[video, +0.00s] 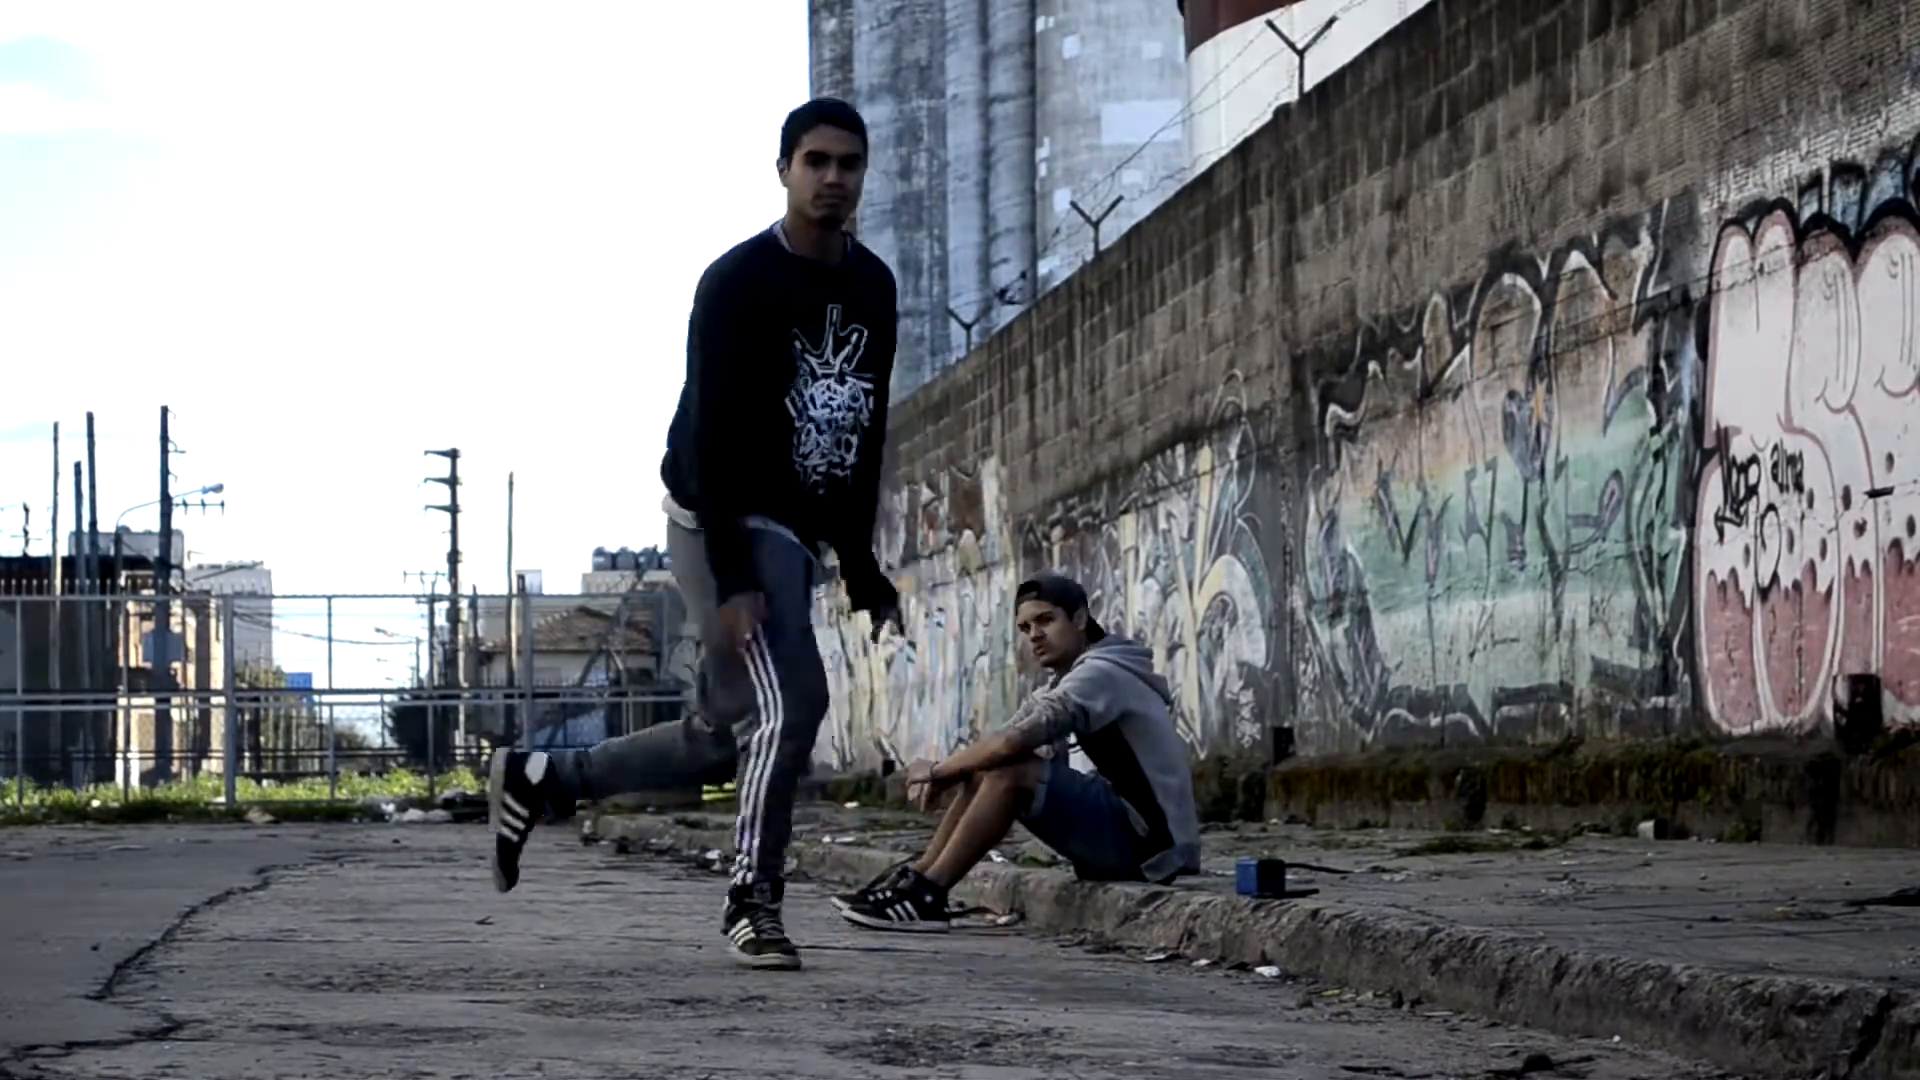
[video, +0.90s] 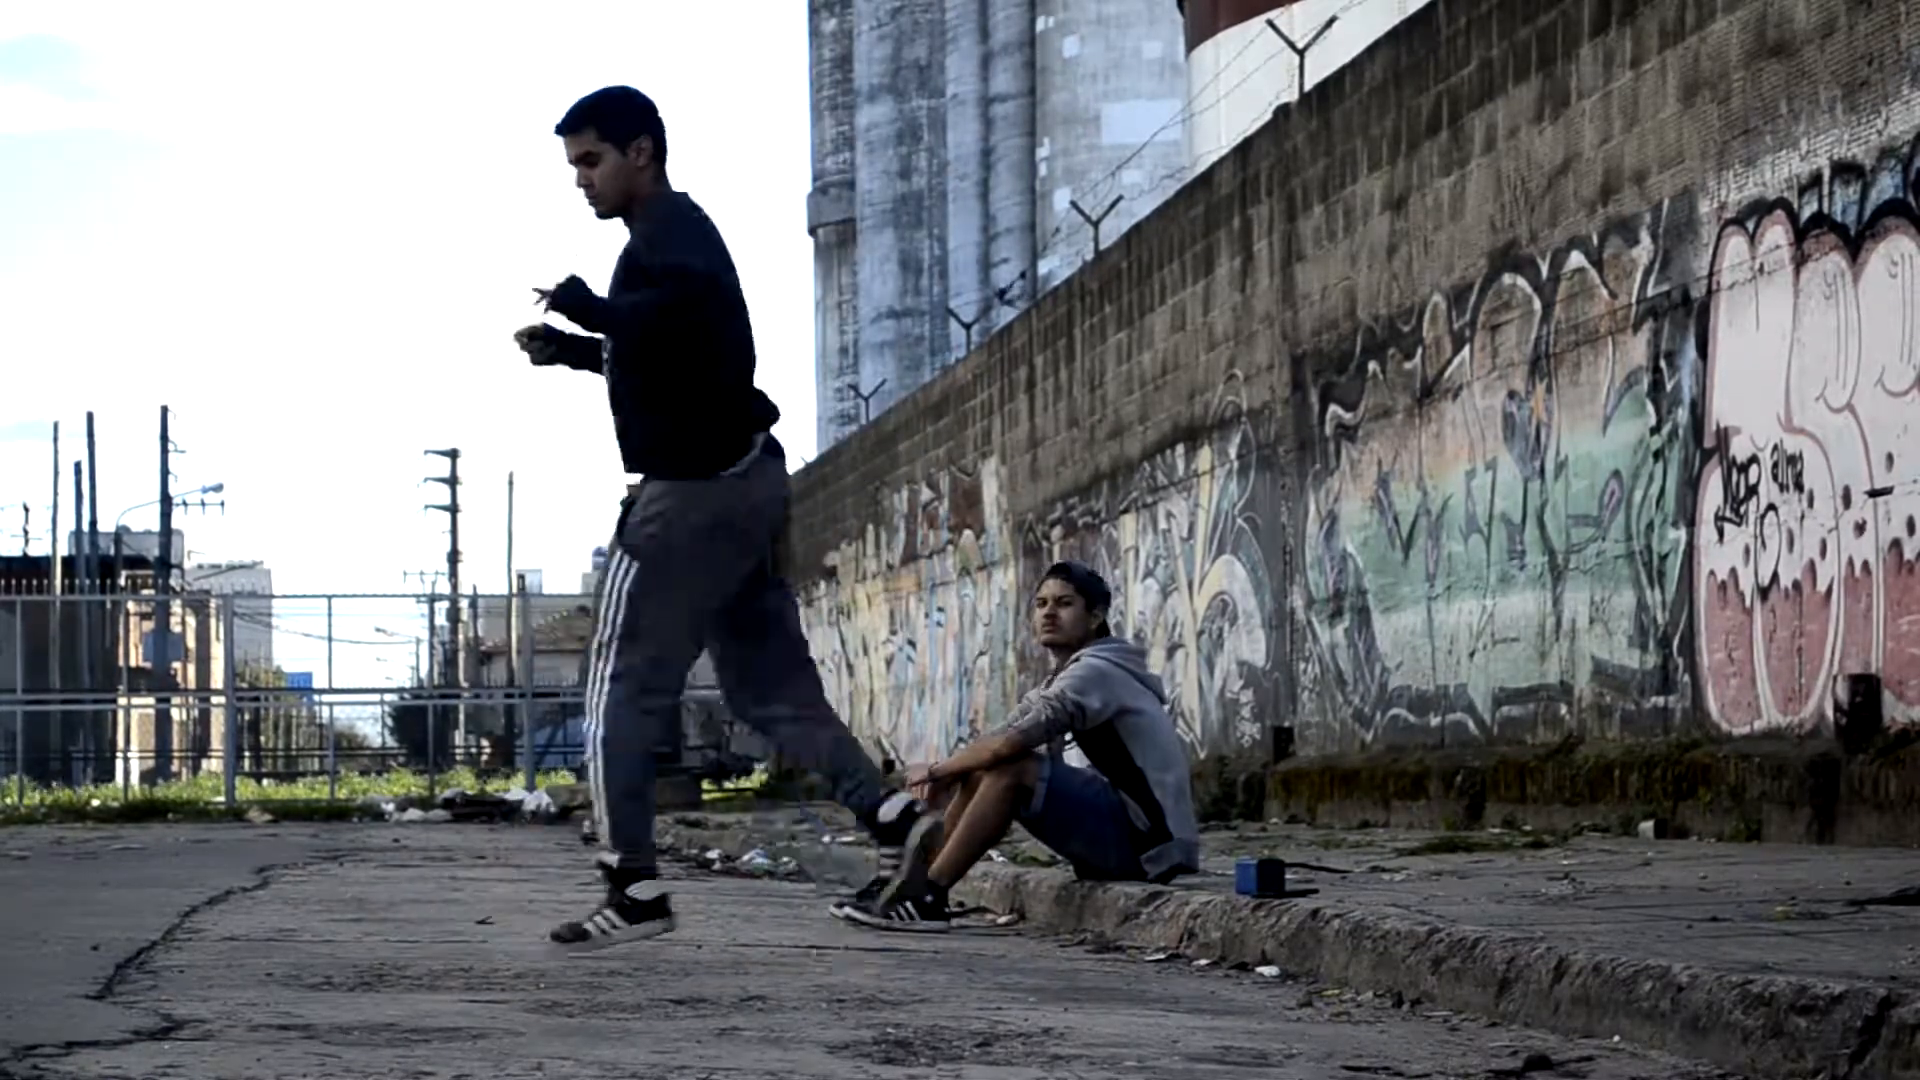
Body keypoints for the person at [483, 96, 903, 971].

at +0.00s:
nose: (836, 179)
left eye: (851, 164)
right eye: (818, 161)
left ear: (865, 176)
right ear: (785, 171)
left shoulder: (872, 286)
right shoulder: (738, 281)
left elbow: (863, 434)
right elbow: (710, 435)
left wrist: (858, 559)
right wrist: (730, 582)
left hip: (793, 526)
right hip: (727, 516)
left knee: (719, 739)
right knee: (794, 703)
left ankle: (539, 779)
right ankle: (754, 902)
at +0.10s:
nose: (805, 241)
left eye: (820, 226)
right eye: (788, 224)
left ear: (836, 237)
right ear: (757, 234)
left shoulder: (858, 331)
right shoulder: (723, 345)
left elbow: (904, 419)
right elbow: (723, 494)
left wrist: (932, 476)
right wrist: (839, 519)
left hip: (760, 577)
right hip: (705, 574)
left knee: (660, 775)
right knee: (817, 718)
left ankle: (461, 854)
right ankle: (791, 910)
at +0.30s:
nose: (839, 319)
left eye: (840, 305)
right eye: (824, 305)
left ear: (785, 318)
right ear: (767, 317)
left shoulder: (806, 408)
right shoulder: (724, 401)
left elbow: (796, 539)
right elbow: (762, 489)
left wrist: (834, 637)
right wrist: (851, 503)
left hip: (663, 623)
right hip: (663, 617)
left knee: (600, 825)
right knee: (813, 723)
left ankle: (397, 873)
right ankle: (790, 915)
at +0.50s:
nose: (695, 220)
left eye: (699, 207)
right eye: (700, 206)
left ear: (716, 213)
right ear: (780, 229)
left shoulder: (632, 290)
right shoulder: (808, 334)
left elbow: (529, 387)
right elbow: (790, 457)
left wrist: (568, 484)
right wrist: (716, 504)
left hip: (597, 550)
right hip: (711, 566)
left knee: (544, 713)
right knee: (811, 713)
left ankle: (452, 852)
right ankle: (787, 906)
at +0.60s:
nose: (632, 212)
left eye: (641, 195)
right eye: (633, 196)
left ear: (686, 197)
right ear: (714, 203)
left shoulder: (632, 264)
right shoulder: (784, 312)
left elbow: (540, 304)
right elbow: (804, 449)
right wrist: (723, 459)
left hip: (606, 537)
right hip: (720, 553)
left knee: (495, 673)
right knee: (760, 727)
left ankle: (477, 852)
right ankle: (801, 893)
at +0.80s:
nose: (573, 223)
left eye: (585, 205)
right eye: (571, 207)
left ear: (637, 204)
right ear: (638, 212)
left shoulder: (657, 291)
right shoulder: (692, 292)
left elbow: (605, 326)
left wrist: (546, 297)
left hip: (658, 548)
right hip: (729, 547)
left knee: (531, 714)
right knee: (747, 739)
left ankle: (502, 907)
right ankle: (868, 887)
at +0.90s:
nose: (579, 182)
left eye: (588, 163)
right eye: (573, 167)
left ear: (641, 152)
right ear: (631, 162)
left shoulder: (666, 234)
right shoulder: (679, 233)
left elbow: (673, 327)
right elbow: (663, 361)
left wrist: (591, 306)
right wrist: (579, 350)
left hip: (685, 496)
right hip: (749, 484)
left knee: (621, 686)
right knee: (773, 689)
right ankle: (889, 812)